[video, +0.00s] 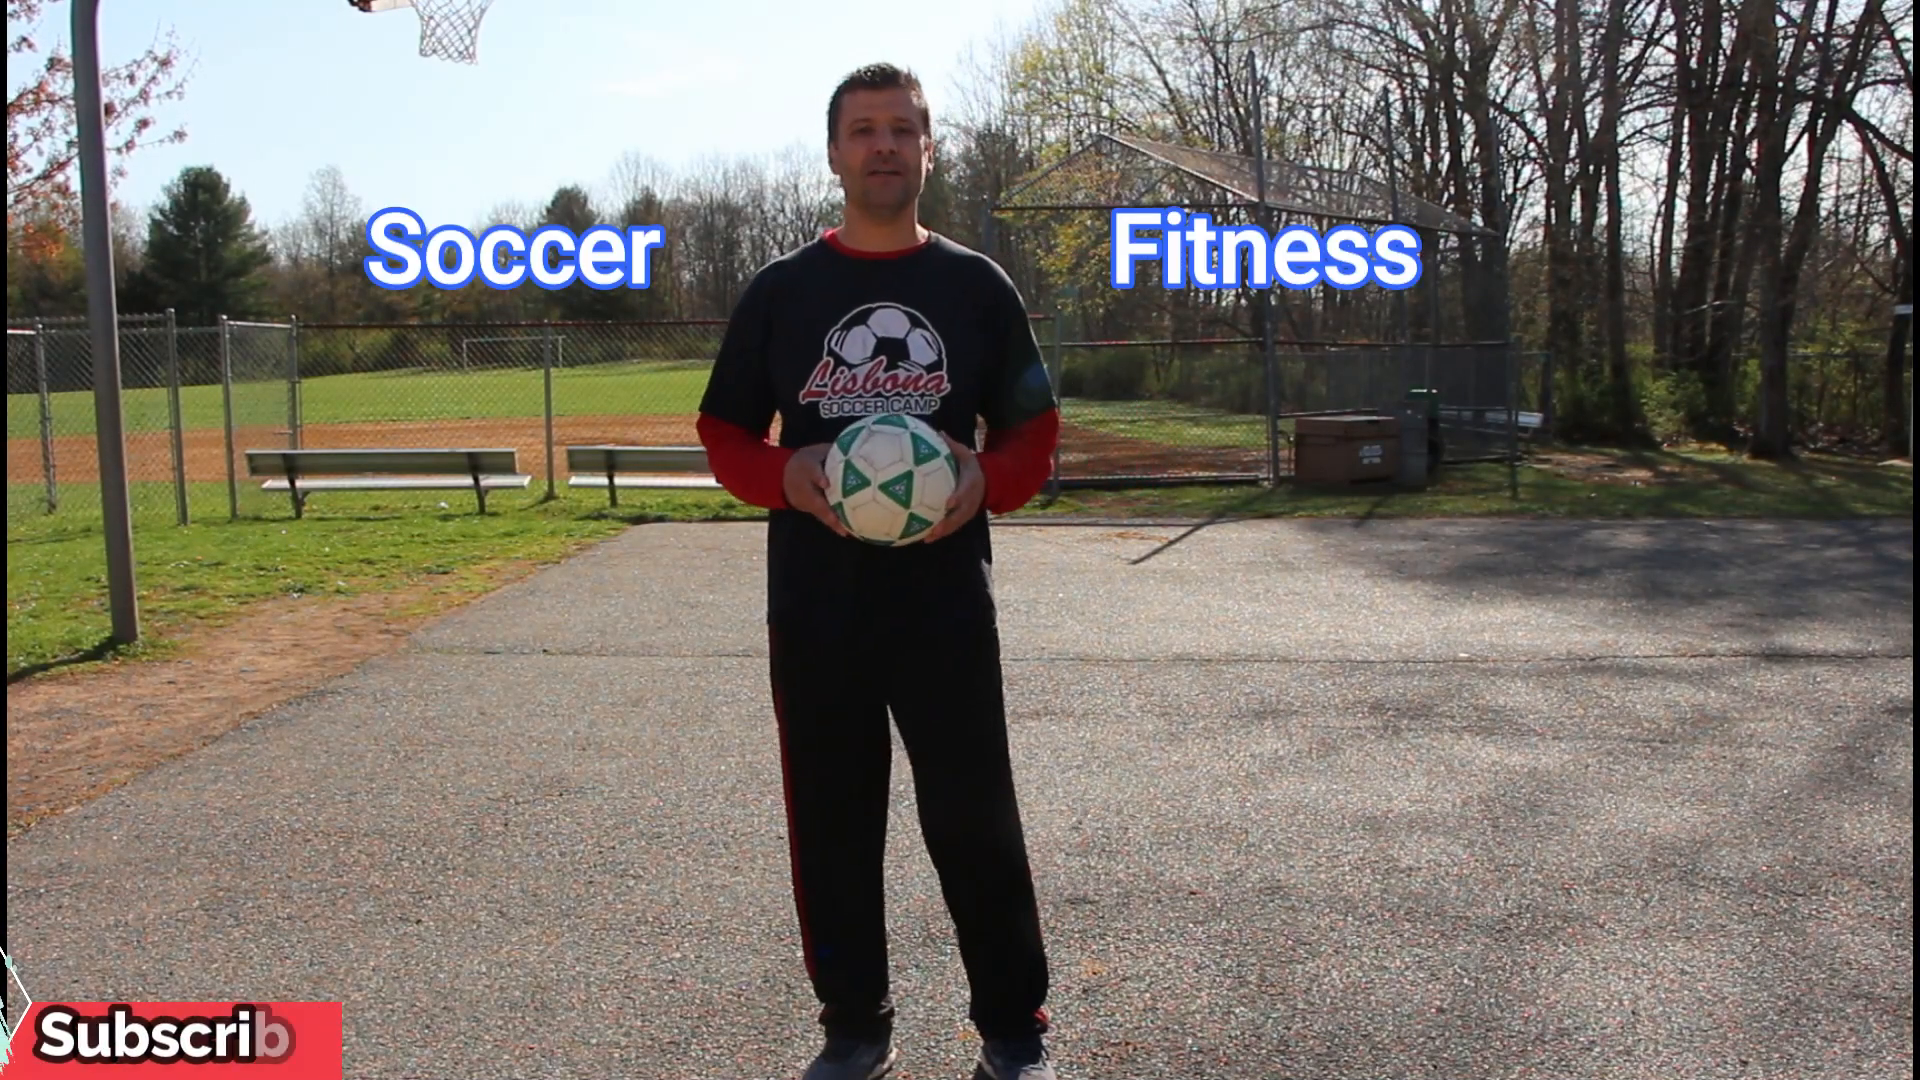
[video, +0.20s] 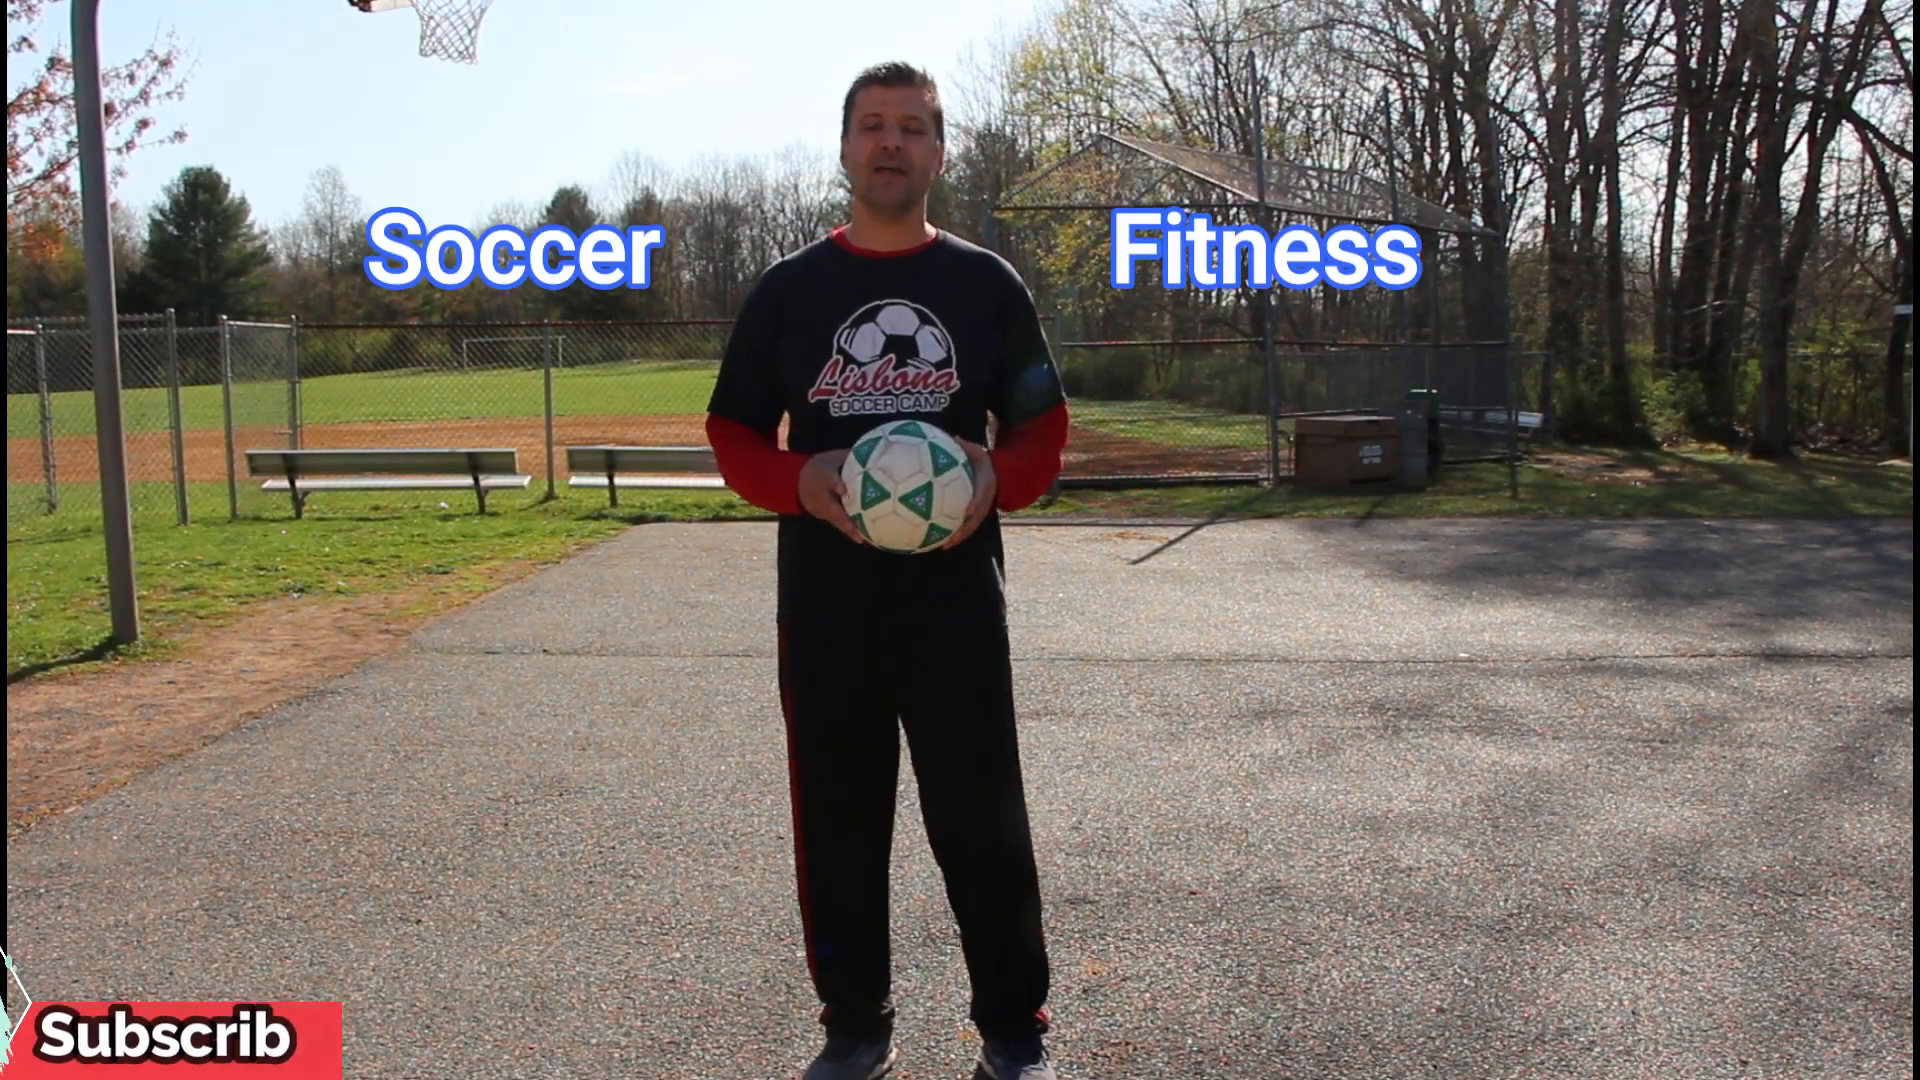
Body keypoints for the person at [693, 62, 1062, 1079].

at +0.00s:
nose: (887, 146)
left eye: (904, 129)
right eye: (865, 132)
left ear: (929, 148)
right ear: (833, 154)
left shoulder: (978, 285)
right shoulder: (779, 291)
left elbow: (1035, 427)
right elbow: (721, 431)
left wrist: (986, 479)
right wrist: (781, 477)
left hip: (943, 596)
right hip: (818, 600)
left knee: (975, 817)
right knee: (830, 820)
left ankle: (1013, 1029)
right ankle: (852, 1026)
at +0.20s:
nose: (893, 143)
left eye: (915, 129)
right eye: (874, 127)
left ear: (941, 152)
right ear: (844, 148)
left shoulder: (988, 283)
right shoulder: (785, 290)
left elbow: (1043, 423)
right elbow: (732, 435)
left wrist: (995, 477)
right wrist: (793, 480)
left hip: (953, 595)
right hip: (827, 598)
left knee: (981, 816)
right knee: (836, 820)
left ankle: (1014, 1029)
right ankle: (853, 1026)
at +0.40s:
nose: (901, 137)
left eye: (926, 126)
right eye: (887, 119)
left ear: (957, 155)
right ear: (861, 139)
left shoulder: (998, 279)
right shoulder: (796, 285)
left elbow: (1060, 430)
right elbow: (736, 419)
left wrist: (1019, 422)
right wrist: (768, 450)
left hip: (965, 594)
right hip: (837, 597)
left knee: (988, 817)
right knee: (842, 820)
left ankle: (1014, 1032)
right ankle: (854, 1027)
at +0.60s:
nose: (919, 139)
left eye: (943, 128)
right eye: (905, 121)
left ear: (971, 157)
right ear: (876, 139)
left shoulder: (1010, 283)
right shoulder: (811, 284)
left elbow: (1070, 427)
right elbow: (755, 418)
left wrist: (1040, 451)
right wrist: (773, 476)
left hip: (981, 598)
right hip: (851, 596)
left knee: (998, 817)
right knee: (850, 819)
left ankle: (1015, 1029)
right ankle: (853, 1028)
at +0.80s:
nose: (935, 143)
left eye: (959, 131)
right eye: (919, 124)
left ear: (986, 160)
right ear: (889, 142)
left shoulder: (1025, 285)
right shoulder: (824, 286)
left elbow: (1079, 429)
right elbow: (774, 422)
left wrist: (1028, 454)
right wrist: (817, 478)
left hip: (991, 599)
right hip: (862, 599)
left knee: (1007, 817)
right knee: (858, 818)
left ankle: (1014, 1028)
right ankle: (854, 1027)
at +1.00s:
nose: (949, 144)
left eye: (972, 131)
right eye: (932, 126)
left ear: (999, 156)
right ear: (902, 144)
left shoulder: (1044, 286)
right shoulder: (839, 287)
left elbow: (1105, 427)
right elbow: (783, 426)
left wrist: (1051, 462)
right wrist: (844, 470)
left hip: (1007, 592)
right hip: (877, 592)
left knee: (1014, 813)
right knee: (867, 812)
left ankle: (1017, 1030)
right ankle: (856, 1028)